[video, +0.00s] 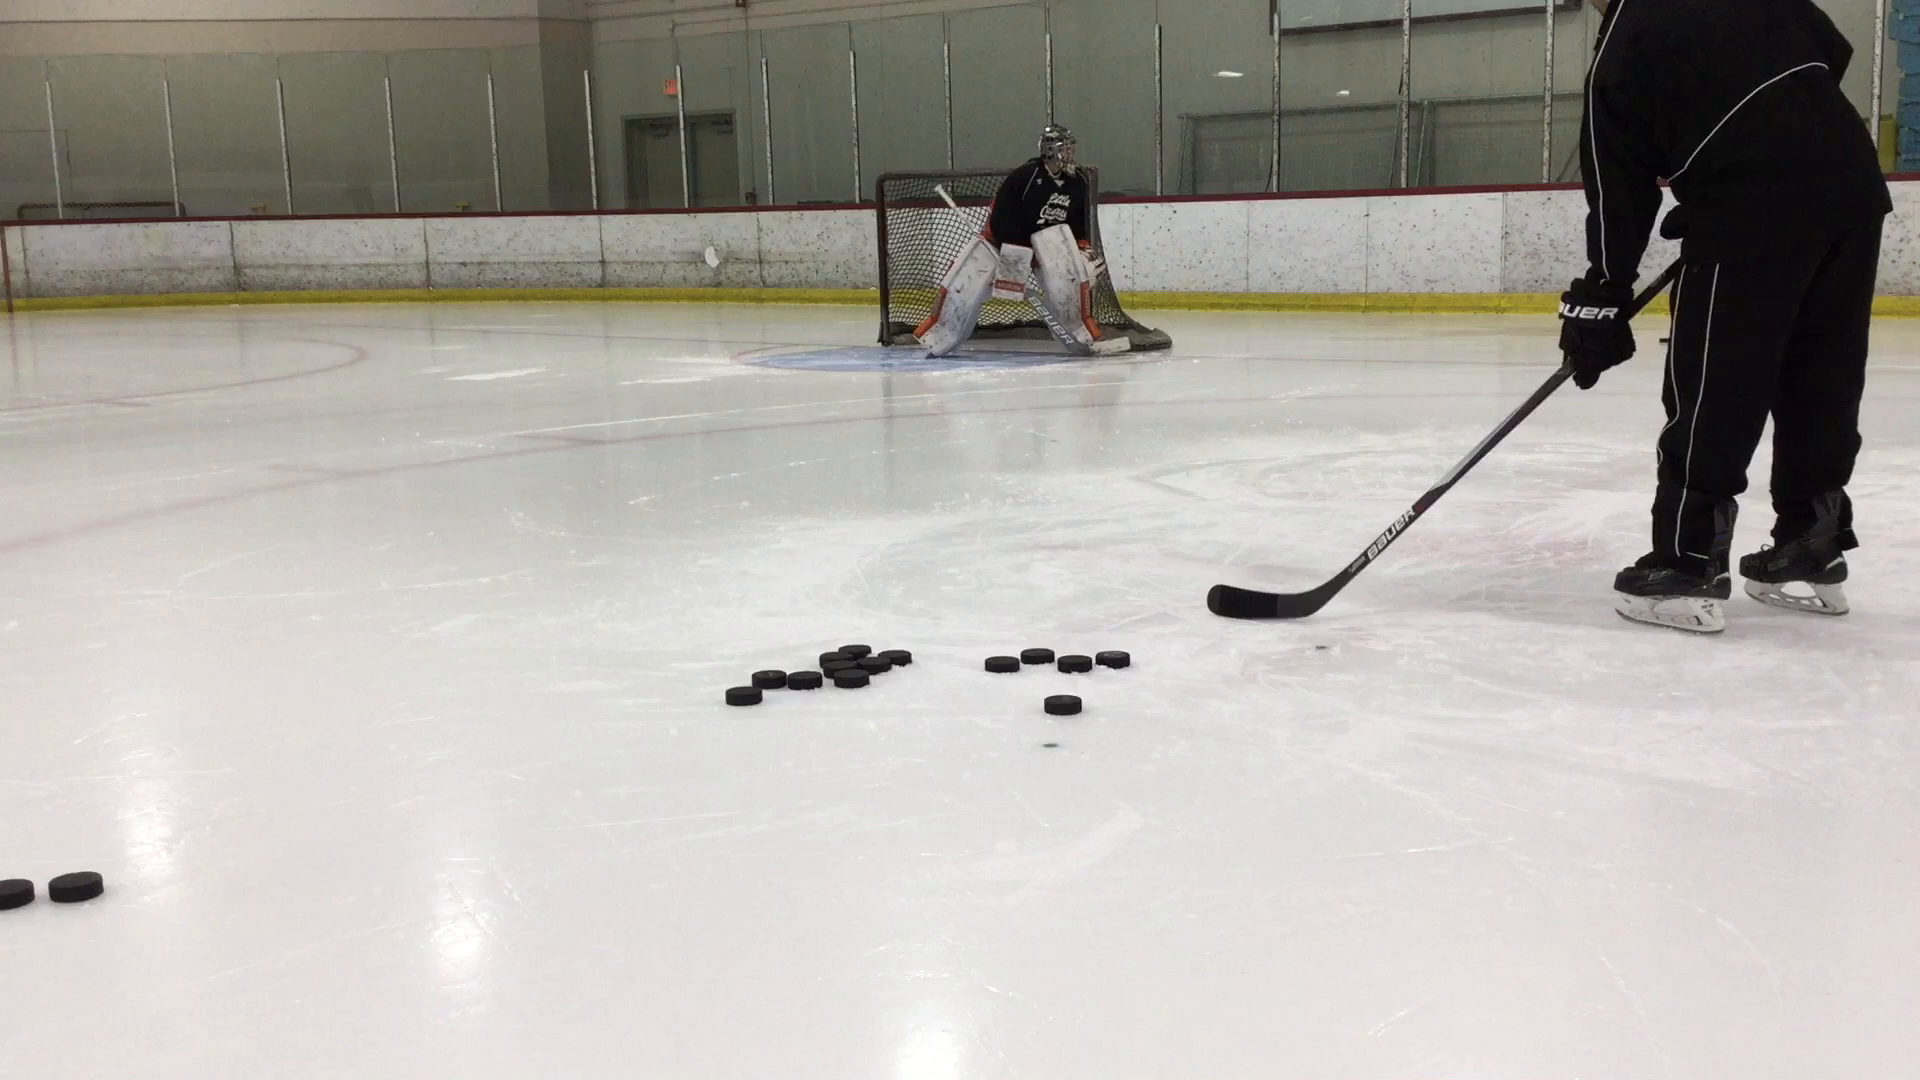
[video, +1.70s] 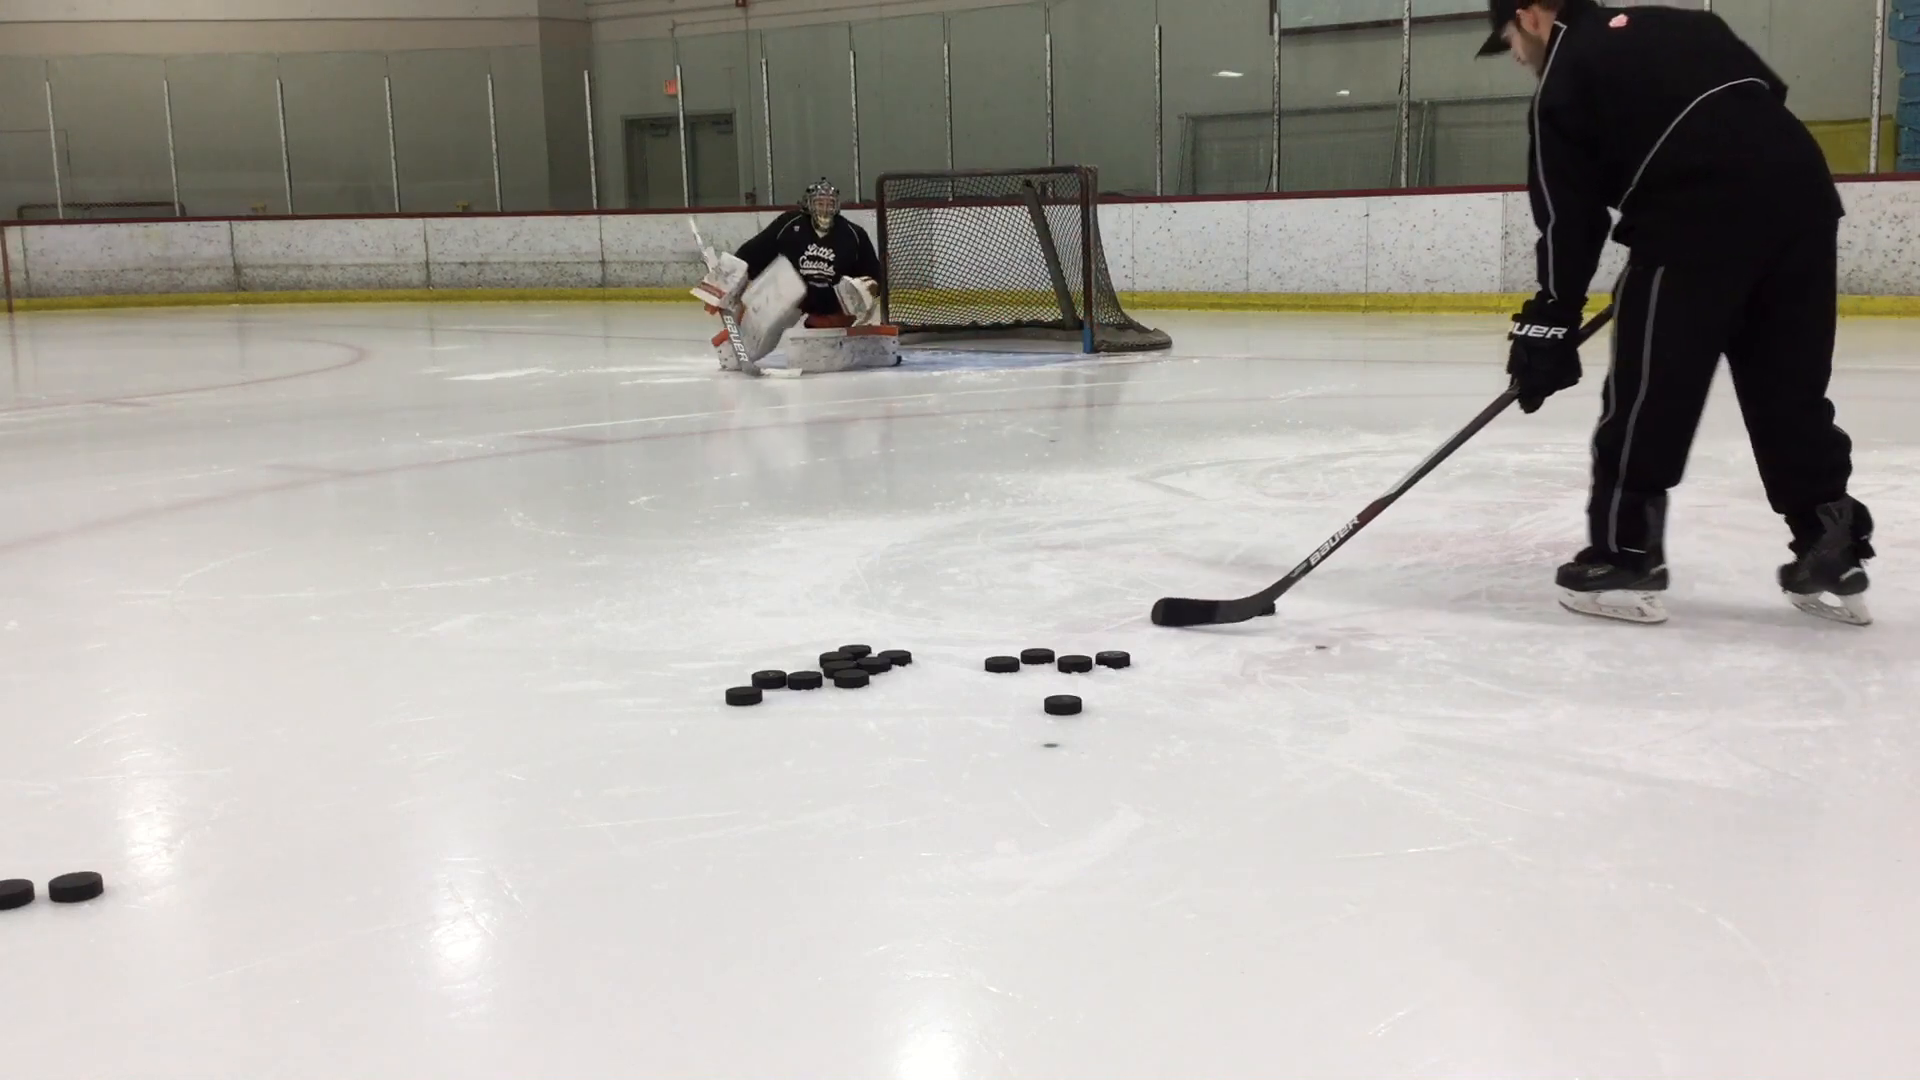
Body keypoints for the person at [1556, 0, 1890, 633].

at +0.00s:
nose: (1578, 7)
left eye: (1584, 8)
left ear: (1603, 3)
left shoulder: (1618, 54)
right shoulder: (1761, 3)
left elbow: (1619, 189)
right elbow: (1831, 51)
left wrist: (1601, 299)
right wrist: (1728, 178)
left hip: (1748, 208)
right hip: (1853, 193)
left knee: (1712, 384)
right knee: (1822, 378)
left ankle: (1691, 557)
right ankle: (1812, 543)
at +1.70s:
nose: (1514, 57)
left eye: (1510, 39)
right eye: (1507, 45)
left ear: (1537, 14)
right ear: (1578, 9)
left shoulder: (1563, 87)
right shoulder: (1682, 23)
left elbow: (1567, 217)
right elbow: (1764, 89)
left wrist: (1548, 324)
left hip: (1694, 225)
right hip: (1801, 204)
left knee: (1645, 392)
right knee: (1788, 391)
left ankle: (1626, 553)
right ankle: (1832, 548)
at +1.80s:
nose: (1495, 66)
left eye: (1489, 48)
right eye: (1486, 55)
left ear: (1517, 17)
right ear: (1554, 12)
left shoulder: (1546, 85)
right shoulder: (1656, 31)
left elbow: (1551, 214)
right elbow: (1743, 89)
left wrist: (1539, 324)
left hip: (1674, 218)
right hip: (1778, 197)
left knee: (1627, 385)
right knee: (1778, 384)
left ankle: (1599, 546)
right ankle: (1843, 541)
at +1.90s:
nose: (1483, 73)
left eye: (1474, 54)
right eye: (1472, 63)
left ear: (1497, 15)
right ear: (1542, 9)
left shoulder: (1525, 84)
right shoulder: (1630, 31)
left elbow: (1538, 203)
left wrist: (1540, 310)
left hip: (1644, 228)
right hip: (1749, 205)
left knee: (1613, 384)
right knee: (1792, 372)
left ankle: (1577, 543)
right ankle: (1867, 532)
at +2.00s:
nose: (1472, 76)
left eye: (1466, 62)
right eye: (1464, 68)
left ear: (1481, 29)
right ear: (1522, 13)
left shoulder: (1504, 100)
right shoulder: (1626, 10)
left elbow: (1516, 225)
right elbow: (1723, 44)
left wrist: (1490, 278)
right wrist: (1651, 90)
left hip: (1616, 238)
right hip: (1723, 203)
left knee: (1604, 388)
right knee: (1793, 363)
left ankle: (1572, 537)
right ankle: (1882, 499)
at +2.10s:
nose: (1463, 77)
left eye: (1459, 62)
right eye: (1459, 64)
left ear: (1476, 44)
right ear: (1521, 23)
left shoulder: (1486, 118)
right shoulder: (1620, 13)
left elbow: (1526, 217)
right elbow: (1727, 44)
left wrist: (1547, 232)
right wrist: (1671, 106)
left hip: (1604, 233)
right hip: (1713, 201)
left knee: (1594, 391)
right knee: (1772, 358)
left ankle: (1561, 534)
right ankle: (1863, 492)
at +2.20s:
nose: (1475, 50)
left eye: (1475, 38)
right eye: (1472, 40)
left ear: (1491, 29)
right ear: (1542, 13)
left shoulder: (1497, 93)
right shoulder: (1618, 9)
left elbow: (1492, 153)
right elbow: (1728, 25)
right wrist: (1695, 97)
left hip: (1592, 232)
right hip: (1702, 206)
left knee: (1590, 393)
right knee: (1754, 367)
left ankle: (1558, 531)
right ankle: (1817, 519)